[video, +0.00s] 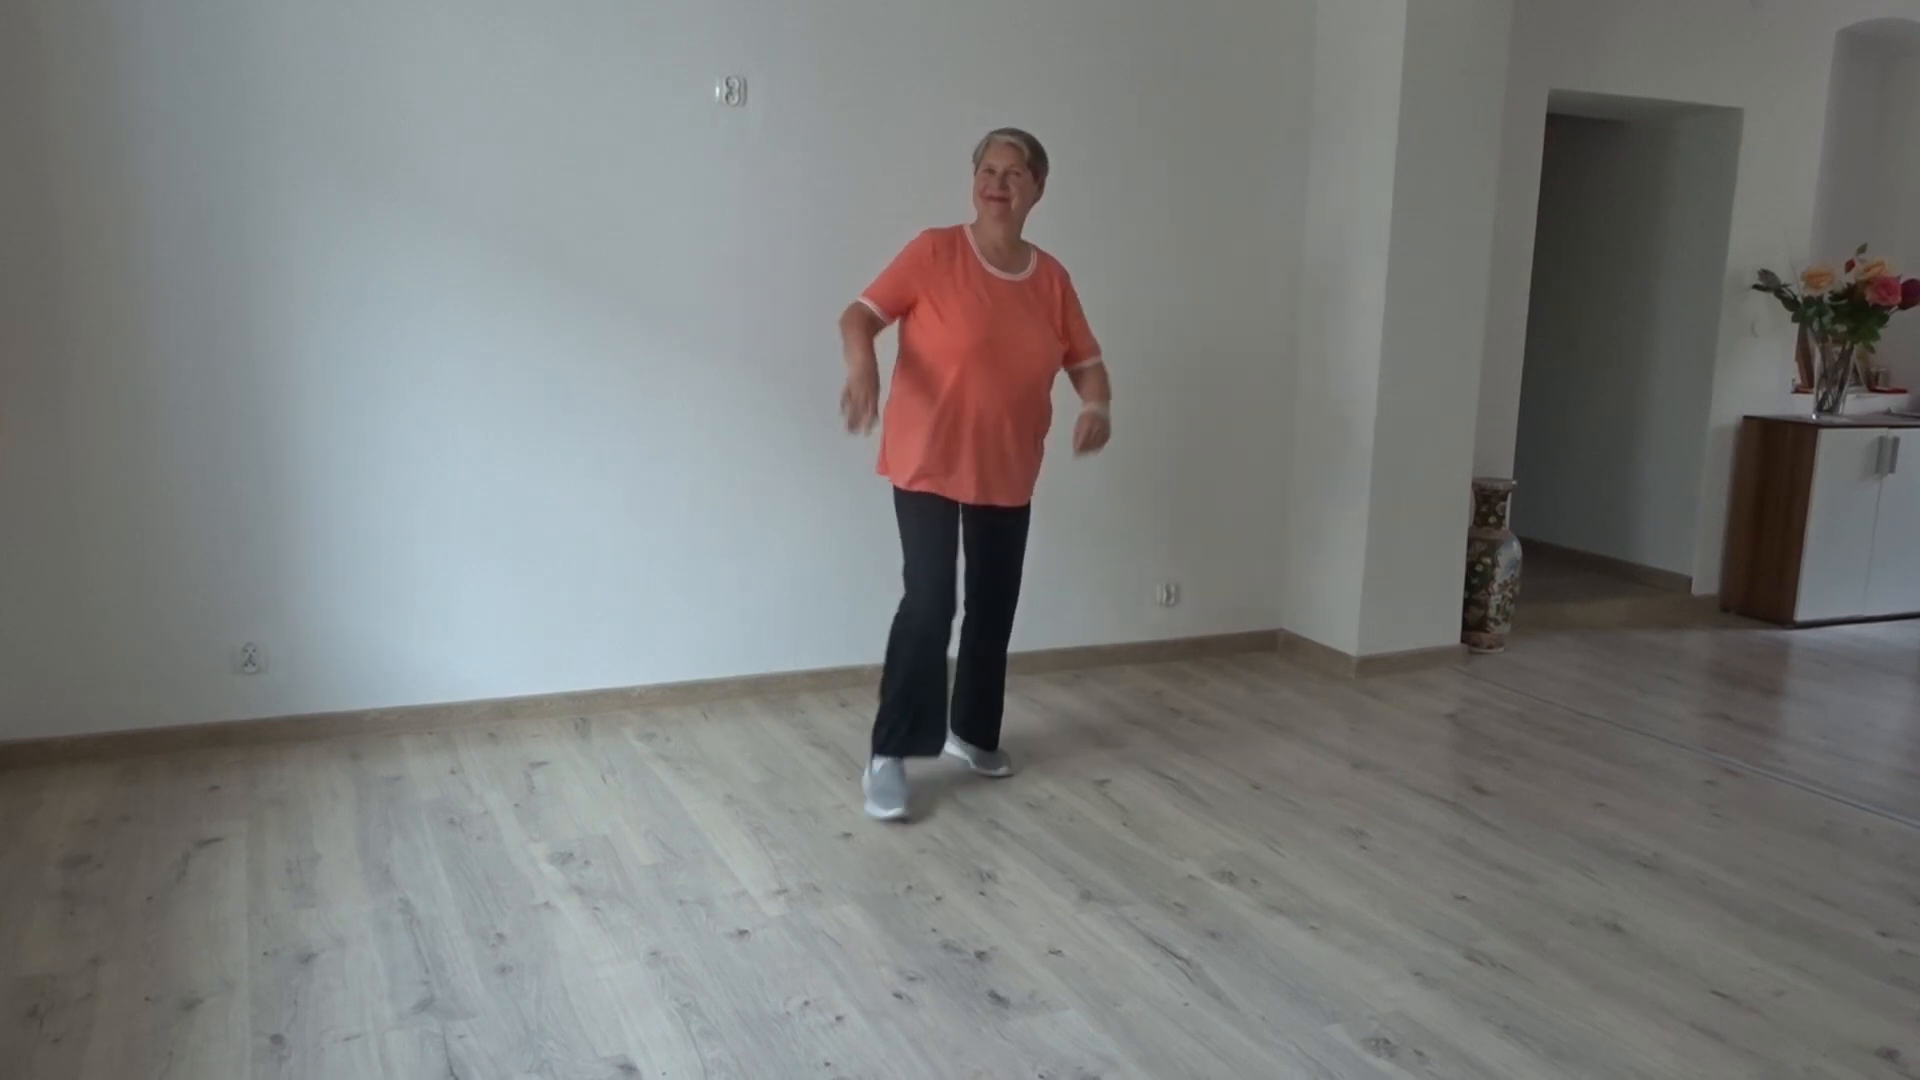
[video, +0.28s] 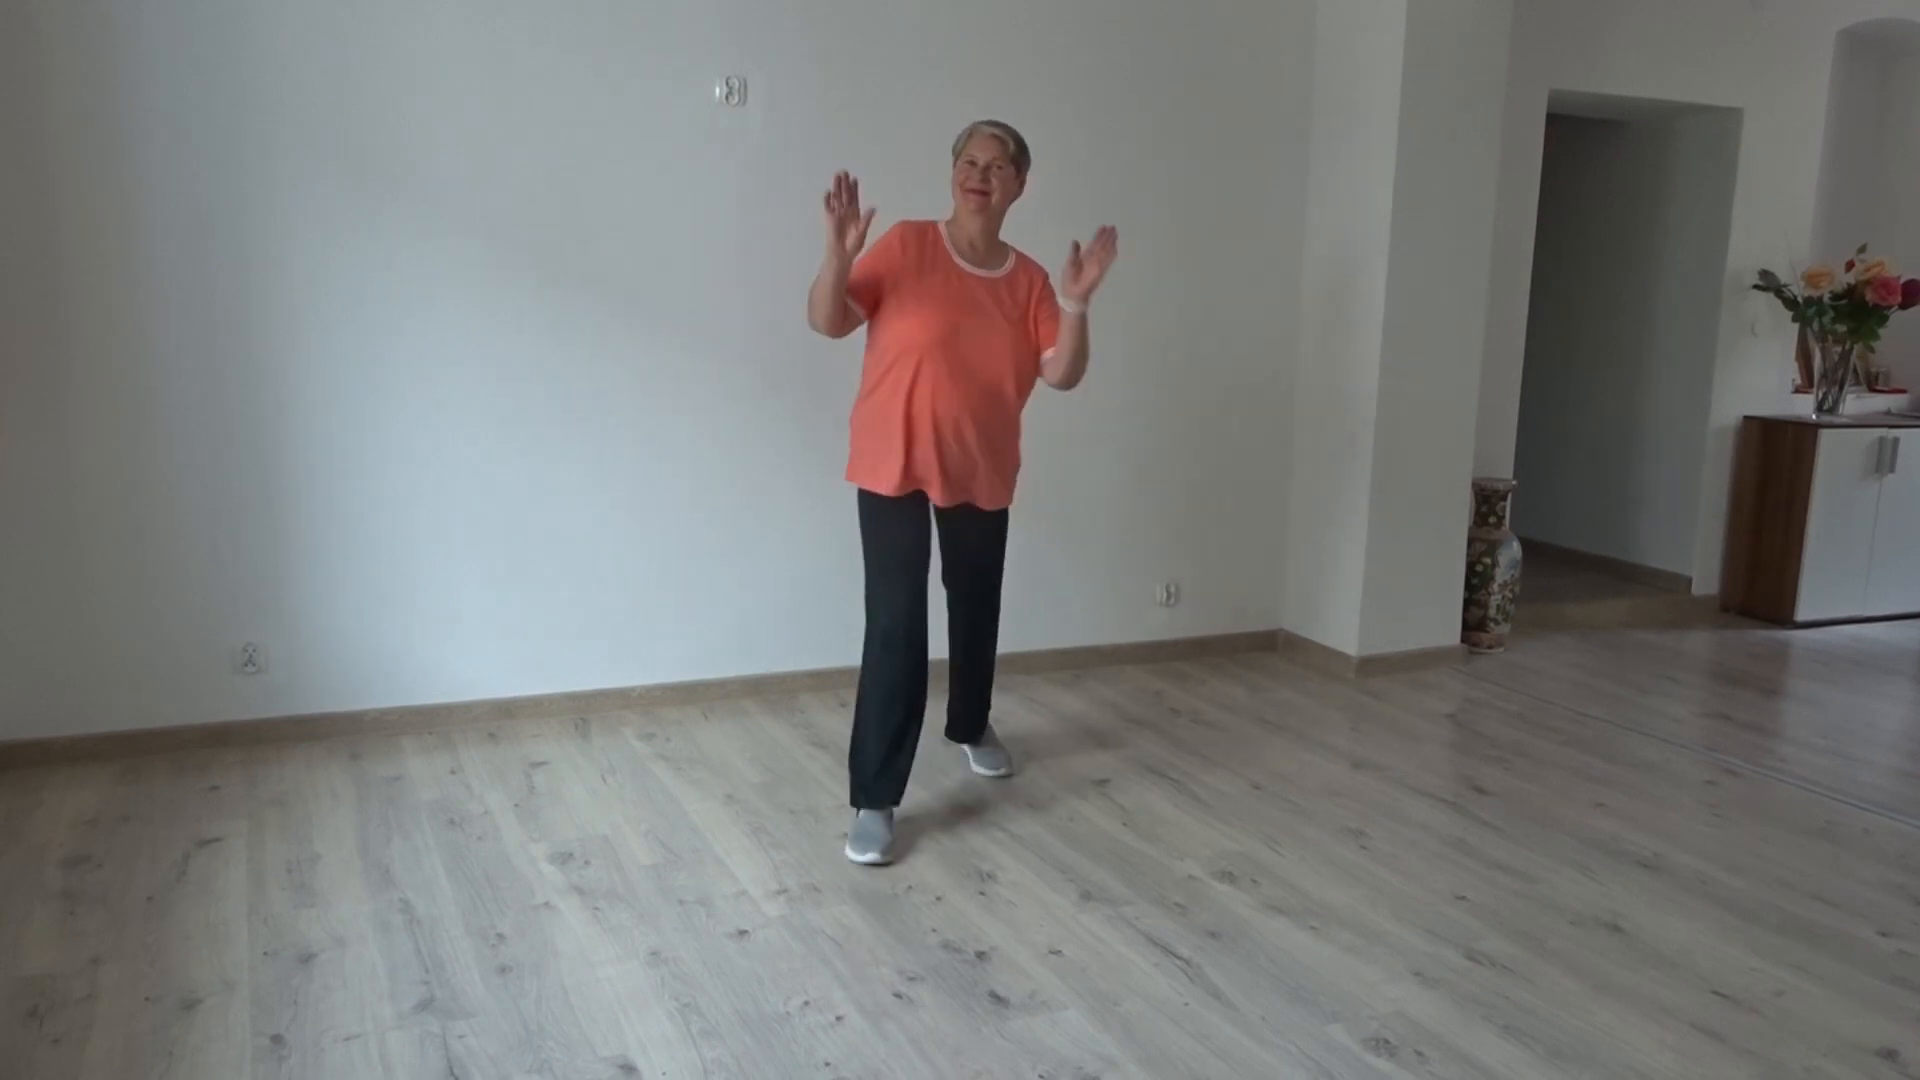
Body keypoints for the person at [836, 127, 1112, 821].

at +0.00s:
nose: (1000, 183)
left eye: (1015, 174)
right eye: (989, 172)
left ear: (1038, 189)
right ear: (972, 183)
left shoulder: (1051, 278)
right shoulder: (933, 252)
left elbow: (1085, 361)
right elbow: (860, 316)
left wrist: (1097, 405)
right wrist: (861, 367)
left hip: (1006, 470)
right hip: (926, 460)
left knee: (992, 611)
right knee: (931, 602)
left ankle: (972, 732)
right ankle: (890, 755)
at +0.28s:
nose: (979, 175)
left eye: (996, 167)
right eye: (969, 163)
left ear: (1019, 186)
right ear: (951, 176)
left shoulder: (1028, 279)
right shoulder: (906, 243)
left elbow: (1062, 375)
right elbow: (830, 321)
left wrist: (1077, 304)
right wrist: (839, 247)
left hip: (980, 467)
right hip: (892, 458)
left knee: (976, 611)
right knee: (893, 624)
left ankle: (971, 729)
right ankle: (874, 800)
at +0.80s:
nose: (947, 176)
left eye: (961, 169)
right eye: (932, 164)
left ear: (974, 188)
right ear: (900, 177)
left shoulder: (998, 276)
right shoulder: (861, 271)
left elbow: (1030, 385)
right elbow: (804, 368)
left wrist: (940, 422)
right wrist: (835, 413)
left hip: (962, 510)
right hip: (871, 507)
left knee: (954, 669)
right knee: (877, 669)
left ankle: (926, 790)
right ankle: (869, 818)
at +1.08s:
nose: (970, 156)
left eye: (983, 145)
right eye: (954, 145)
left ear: (1001, 163)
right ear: (924, 163)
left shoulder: (1041, 256)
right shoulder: (893, 262)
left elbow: (1105, 368)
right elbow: (839, 371)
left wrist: (1104, 339)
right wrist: (847, 333)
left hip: (1024, 483)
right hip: (919, 485)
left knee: (1078, 652)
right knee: (905, 652)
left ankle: (1137, 822)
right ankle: (873, 817)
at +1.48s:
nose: (1106, 154)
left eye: (1118, 142)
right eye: (1087, 146)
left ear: (1137, 162)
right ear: (1057, 171)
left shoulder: (1186, 245)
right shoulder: (1044, 265)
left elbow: (1255, 347)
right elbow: (1023, 384)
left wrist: (1214, 274)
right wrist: (1066, 291)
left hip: (1178, 495)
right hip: (1079, 499)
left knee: (1186, 687)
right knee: (1064, 670)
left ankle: (1190, 849)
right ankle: (971, 800)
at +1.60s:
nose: (1135, 150)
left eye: (1148, 138)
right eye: (1118, 140)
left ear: (1168, 155)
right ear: (1088, 161)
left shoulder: (1211, 243)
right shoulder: (1075, 255)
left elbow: (1271, 348)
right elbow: (1052, 372)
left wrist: (1222, 278)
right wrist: (1111, 297)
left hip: (1199, 498)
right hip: (1107, 502)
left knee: (1196, 684)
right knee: (1134, 672)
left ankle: (1188, 850)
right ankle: (1094, 832)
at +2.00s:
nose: (1166, 160)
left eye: (1182, 148)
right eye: (1151, 149)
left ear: (1207, 167)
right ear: (1128, 170)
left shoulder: (1241, 270)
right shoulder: (1097, 263)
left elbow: (1287, 368)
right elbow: (1047, 375)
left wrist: (1315, 401)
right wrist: (1103, 395)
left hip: (1208, 514)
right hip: (1113, 511)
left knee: (1207, 681)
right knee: (1130, 669)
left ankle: (1190, 848)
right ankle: (1071, 796)